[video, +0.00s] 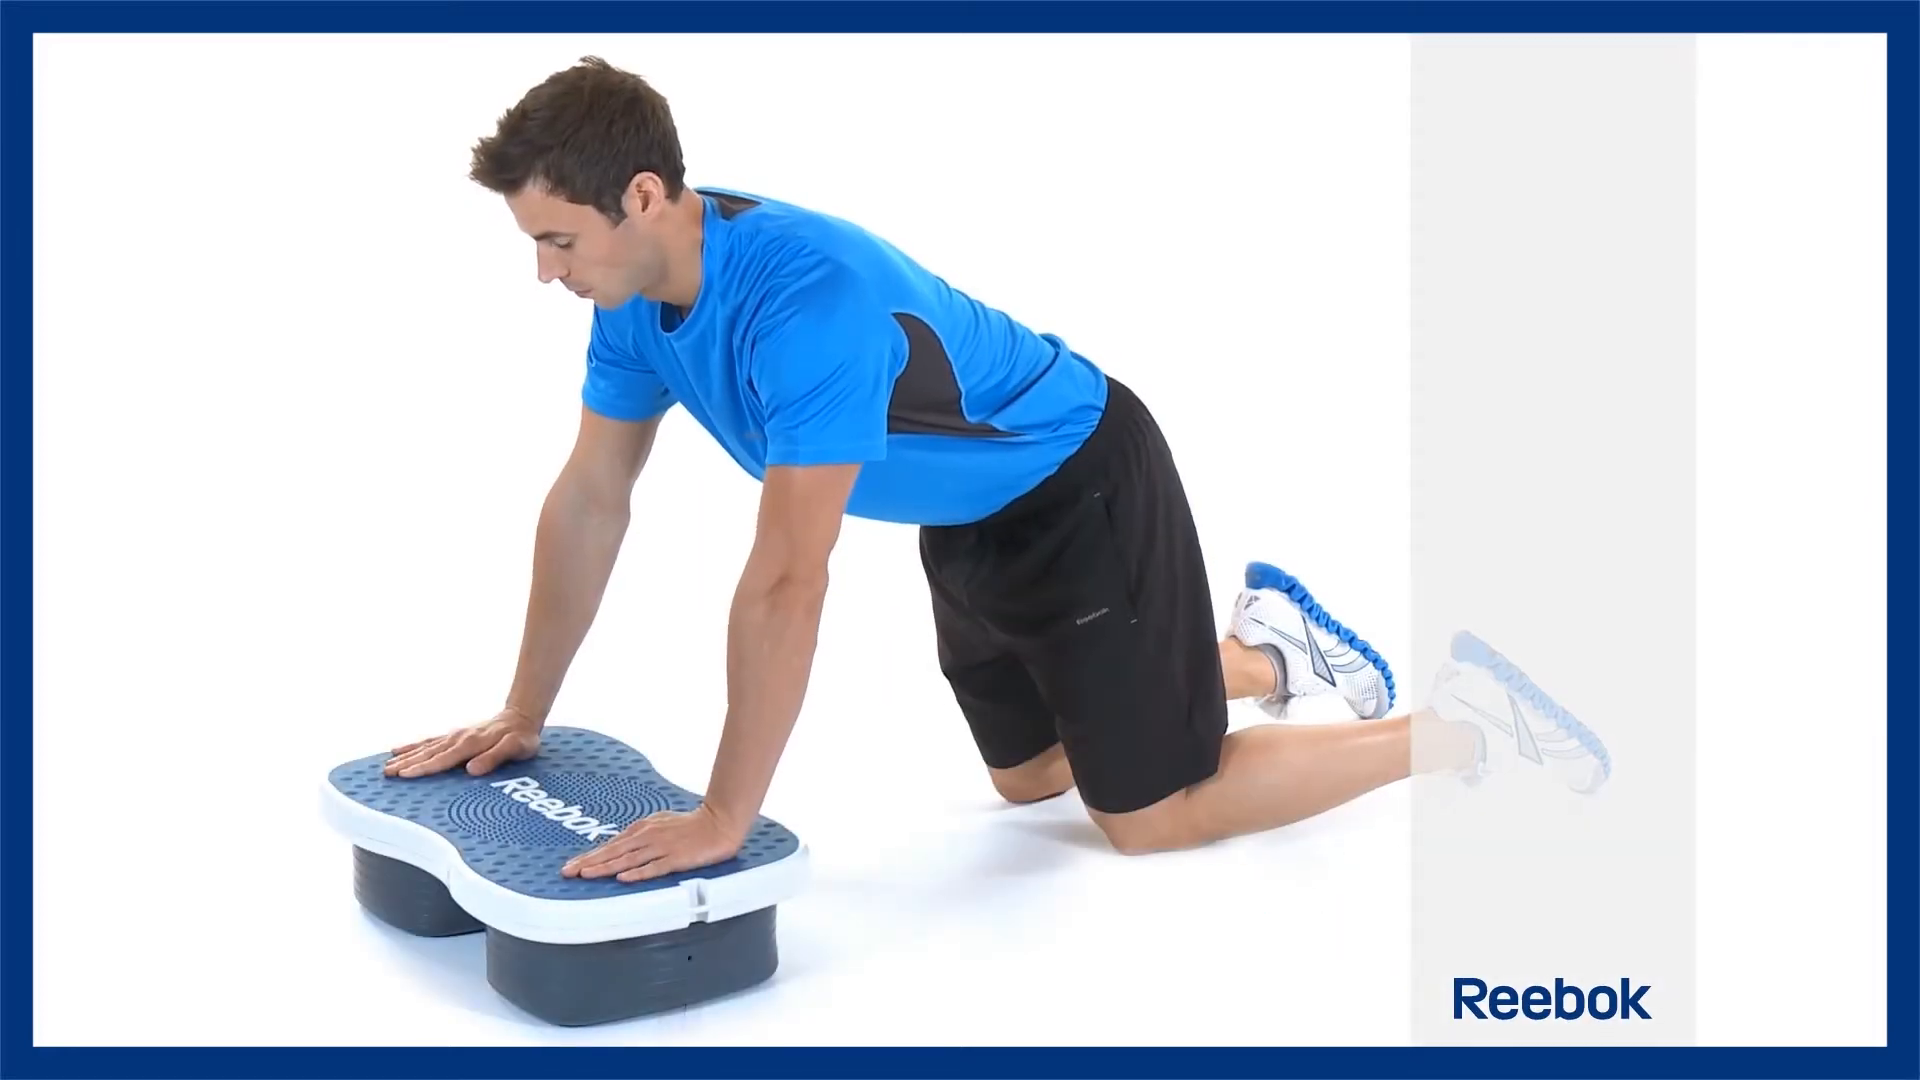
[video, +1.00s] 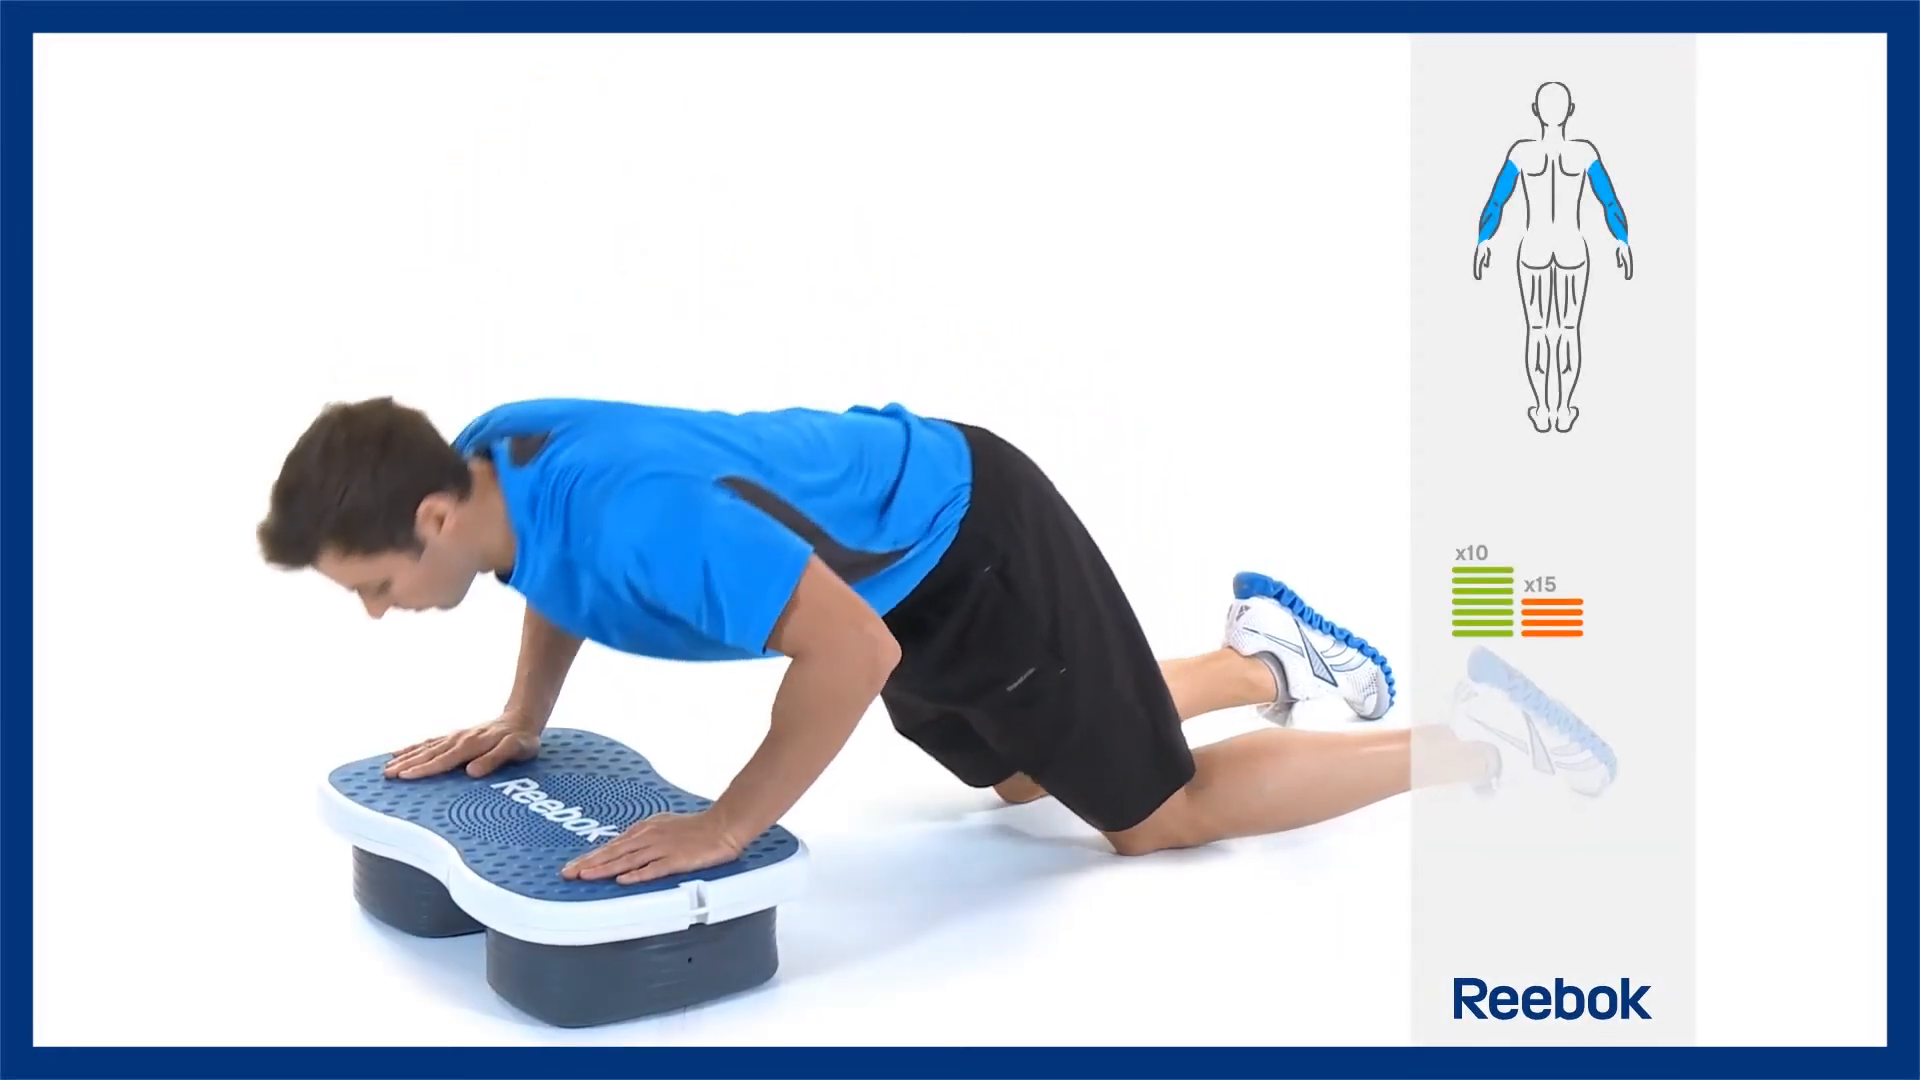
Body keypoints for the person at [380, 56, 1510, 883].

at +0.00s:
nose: (545, 273)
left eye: (555, 241)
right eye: (531, 246)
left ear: (648, 201)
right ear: (622, 214)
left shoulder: (807, 302)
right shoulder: (633, 303)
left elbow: (786, 583)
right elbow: (587, 505)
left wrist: (728, 812)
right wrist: (522, 717)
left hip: (1083, 483)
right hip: (963, 521)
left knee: (1152, 814)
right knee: (1037, 770)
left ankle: (1448, 737)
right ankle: (1265, 657)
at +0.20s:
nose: (544, 257)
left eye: (554, 224)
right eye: (532, 229)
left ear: (647, 188)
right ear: (615, 202)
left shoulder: (807, 299)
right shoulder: (631, 304)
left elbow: (779, 584)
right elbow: (584, 509)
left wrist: (724, 812)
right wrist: (522, 714)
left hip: (1076, 479)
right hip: (958, 519)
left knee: (1157, 810)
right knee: (1041, 776)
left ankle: (1462, 736)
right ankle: (1271, 658)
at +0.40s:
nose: (540, 266)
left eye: (552, 233)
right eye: (526, 239)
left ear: (642, 193)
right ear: (608, 208)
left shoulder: (797, 303)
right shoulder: (620, 301)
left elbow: (792, 587)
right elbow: (585, 499)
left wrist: (724, 807)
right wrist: (520, 713)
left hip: (1073, 487)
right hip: (955, 525)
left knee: (1153, 813)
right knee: (1037, 769)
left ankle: (1463, 744)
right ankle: (1264, 660)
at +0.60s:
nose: (500, 343)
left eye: (504, 314)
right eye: (484, 322)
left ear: (587, 256)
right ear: (567, 262)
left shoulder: (759, 352)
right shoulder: (598, 340)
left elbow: (834, 611)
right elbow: (584, 520)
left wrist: (729, 817)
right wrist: (519, 719)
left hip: (1054, 488)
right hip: (943, 536)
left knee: (1150, 811)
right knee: (1032, 775)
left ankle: (1470, 746)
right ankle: (1267, 665)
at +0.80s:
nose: (436, 473)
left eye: (436, 445)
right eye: (418, 453)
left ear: (509, 382)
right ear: (486, 389)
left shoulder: (697, 429)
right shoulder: (556, 404)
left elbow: (858, 645)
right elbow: (577, 540)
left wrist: (730, 820)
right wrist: (522, 717)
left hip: (1013, 509)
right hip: (910, 559)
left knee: (1158, 811)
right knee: (1030, 764)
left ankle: (1471, 754)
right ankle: (1257, 661)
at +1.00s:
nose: (383, 611)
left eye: (372, 588)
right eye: (358, 597)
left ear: (428, 523)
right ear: (416, 496)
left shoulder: (630, 520)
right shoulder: (501, 447)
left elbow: (848, 647)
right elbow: (559, 578)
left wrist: (729, 822)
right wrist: (522, 721)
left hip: (973, 543)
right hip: (882, 582)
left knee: (1170, 807)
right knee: (1014, 768)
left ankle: (1474, 745)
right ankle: (1260, 661)